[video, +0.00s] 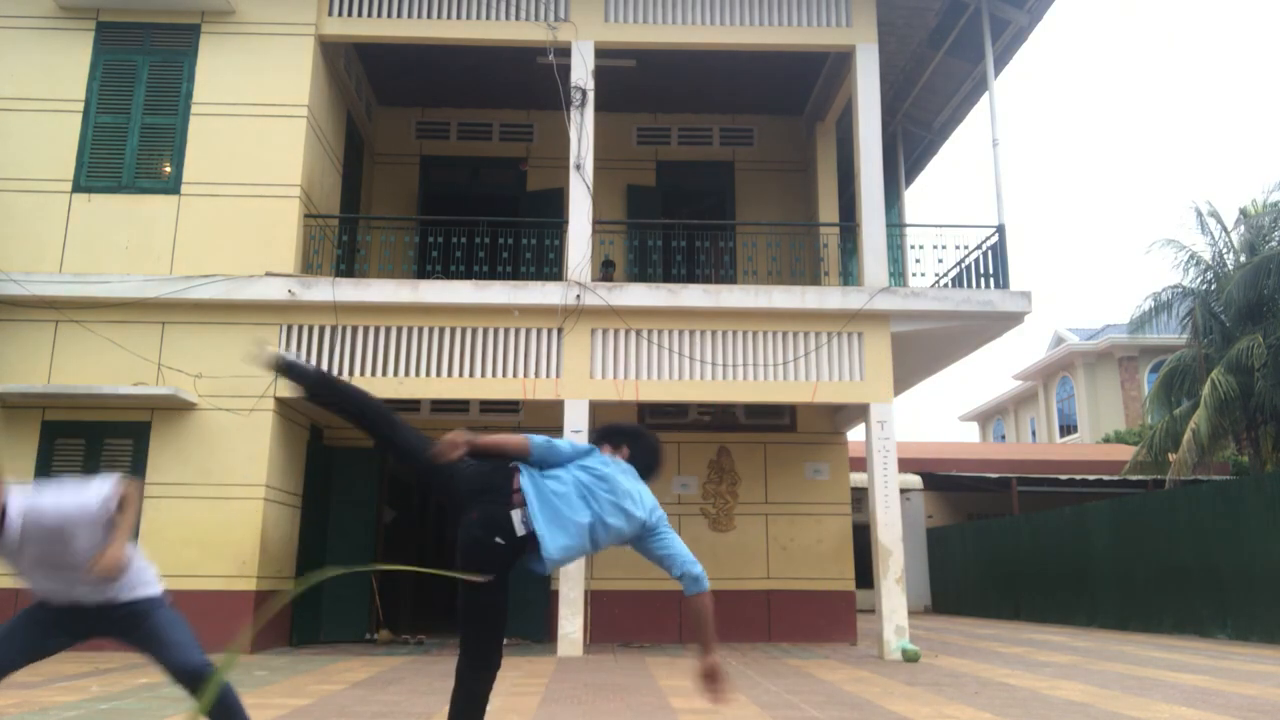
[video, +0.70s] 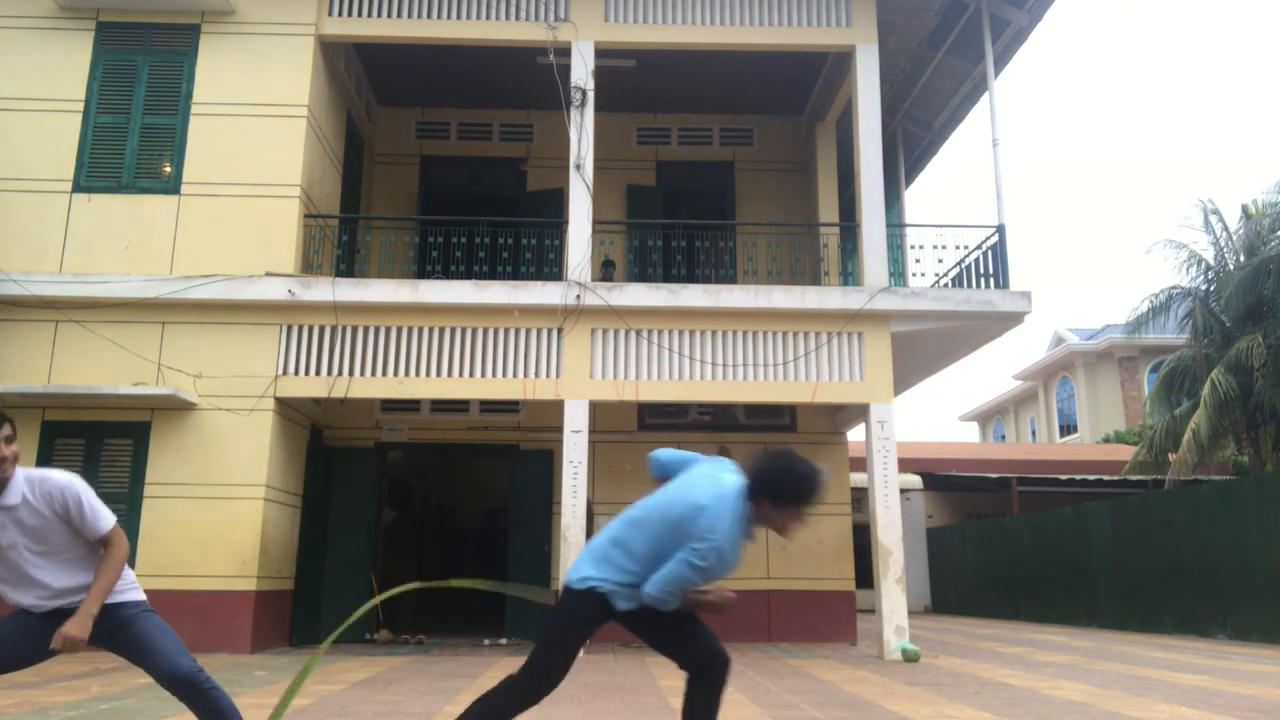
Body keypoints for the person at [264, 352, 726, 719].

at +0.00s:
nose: (595, 453)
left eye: (601, 447)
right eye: (599, 449)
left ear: (619, 451)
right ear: (643, 467)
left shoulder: (591, 453)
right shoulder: (647, 513)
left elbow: (527, 446)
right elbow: (694, 579)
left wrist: (468, 440)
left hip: (486, 486)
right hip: (497, 543)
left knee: (393, 432)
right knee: (480, 657)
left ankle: (306, 376)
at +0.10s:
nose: (628, 454)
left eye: (632, 453)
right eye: (636, 459)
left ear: (632, 459)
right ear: (659, 493)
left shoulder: (594, 453)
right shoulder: (644, 512)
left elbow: (541, 435)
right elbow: (684, 565)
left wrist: (495, 422)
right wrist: (700, 628)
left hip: (484, 482)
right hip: (497, 537)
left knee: (391, 458)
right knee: (475, 656)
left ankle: (317, 425)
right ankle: (458, 715)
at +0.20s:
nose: (614, 417)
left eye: (621, 413)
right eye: (620, 413)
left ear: (635, 422)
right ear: (653, 446)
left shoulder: (599, 424)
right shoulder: (643, 488)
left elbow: (539, 414)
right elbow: (619, 555)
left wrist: (473, 409)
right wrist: (618, 553)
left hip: (511, 486)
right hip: (530, 541)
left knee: (402, 490)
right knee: (491, 649)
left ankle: (431, 540)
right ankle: (473, 716)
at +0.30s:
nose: (601, 368)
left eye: (609, 362)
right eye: (605, 361)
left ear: (629, 372)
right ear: (634, 379)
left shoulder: (613, 395)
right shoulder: (630, 450)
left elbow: (568, 420)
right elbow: (598, 519)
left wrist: (517, 410)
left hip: (548, 501)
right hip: (564, 529)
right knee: (500, 631)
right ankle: (477, 713)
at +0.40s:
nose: (591, 352)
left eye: (601, 344)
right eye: (593, 345)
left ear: (629, 354)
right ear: (604, 353)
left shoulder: (647, 424)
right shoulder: (575, 403)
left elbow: (617, 485)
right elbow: (558, 474)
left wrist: (590, 432)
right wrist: (535, 450)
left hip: (585, 533)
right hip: (538, 527)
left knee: (583, 619)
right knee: (491, 644)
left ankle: (624, 711)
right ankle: (459, 714)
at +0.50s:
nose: (652, 380)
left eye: (661, 372)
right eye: (642, 370)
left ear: (671, 380)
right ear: (625, 377)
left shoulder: (673, 446)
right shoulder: (585, 418)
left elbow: (665, 520)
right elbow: (539, 463)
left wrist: (652, 481)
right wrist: (589, 491)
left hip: (607, 566)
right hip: (548, 556)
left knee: (667, 664)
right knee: (510, 654)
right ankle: (453, 716)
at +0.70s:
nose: (798, 522)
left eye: (801, 512)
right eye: (797, 512)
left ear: (767, 485)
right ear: (774, 505)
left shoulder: (722, 469)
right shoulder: (720, 545)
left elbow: (658, 460)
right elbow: (655, 596)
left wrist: (687, 506)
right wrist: (700, 599)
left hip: (639, 586)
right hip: (594, 581)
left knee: (711, 663)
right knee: (536, 679)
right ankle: (468, 716)